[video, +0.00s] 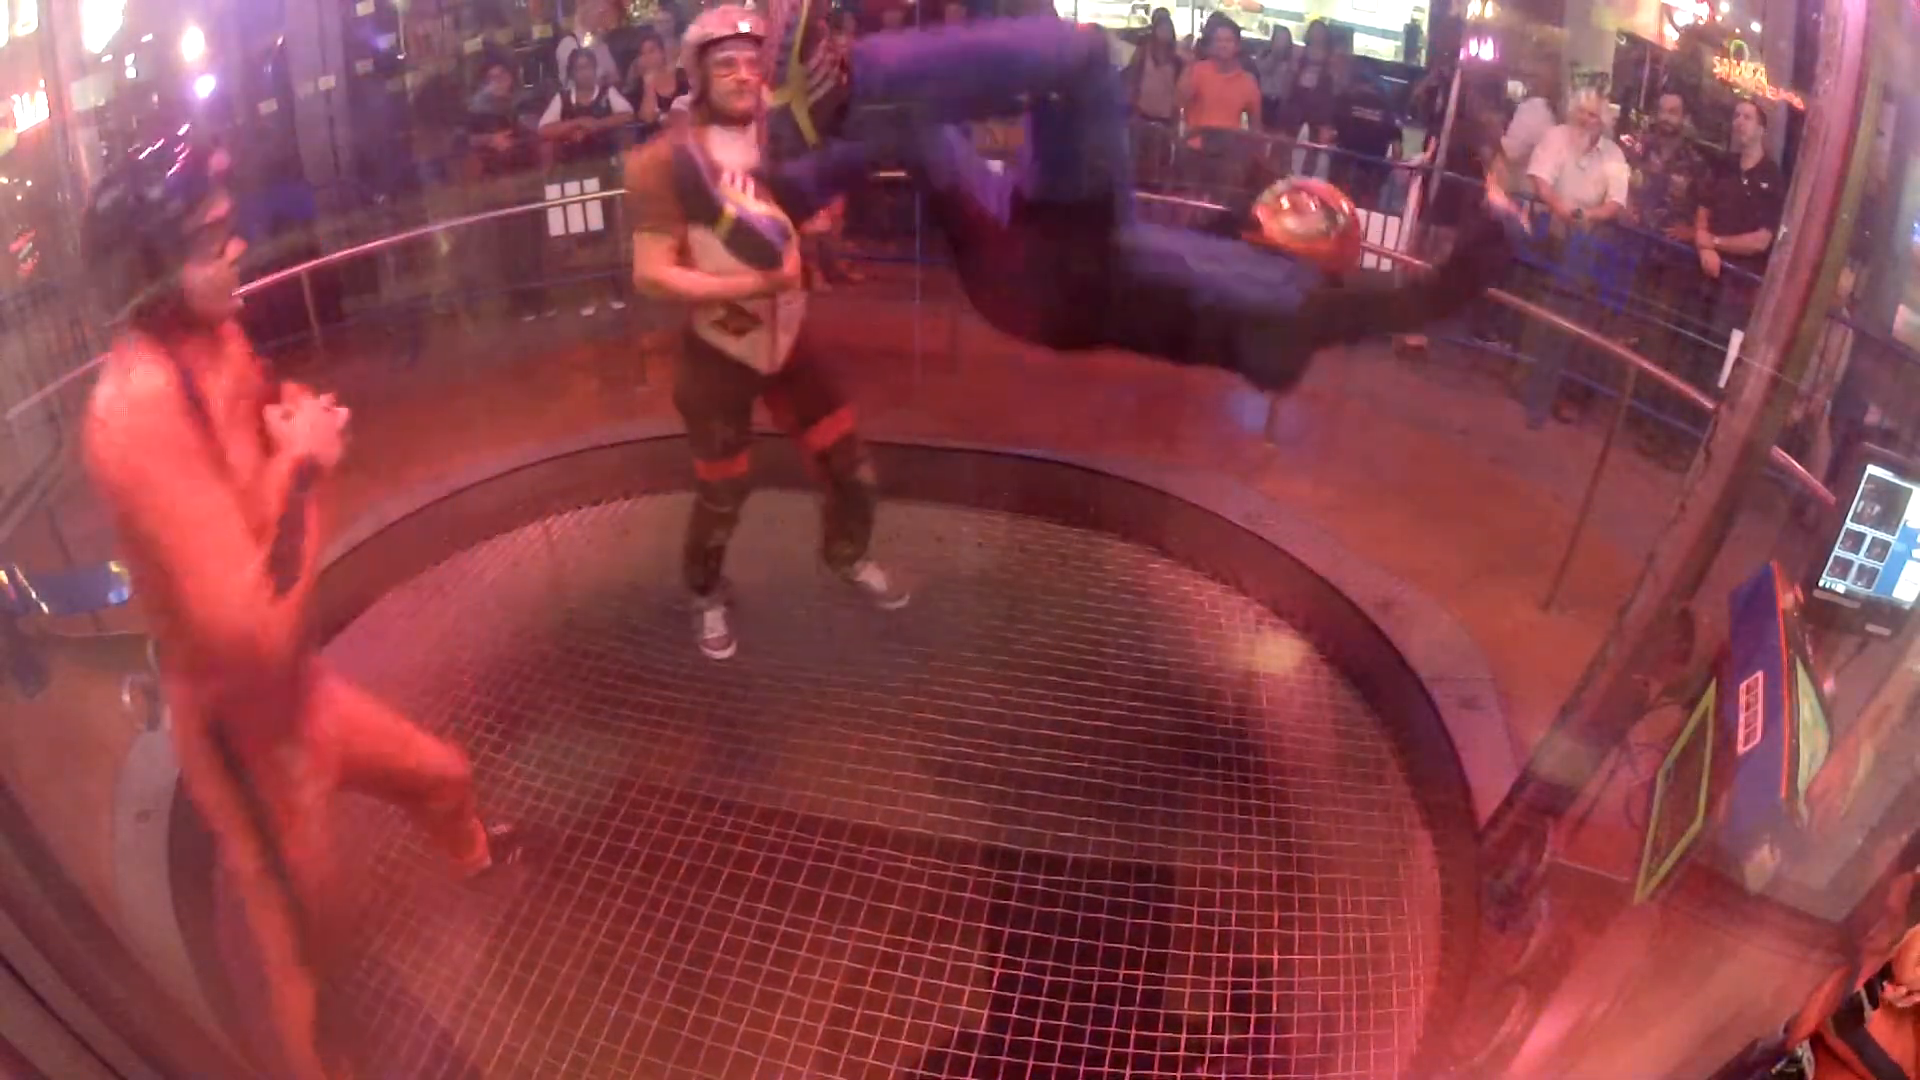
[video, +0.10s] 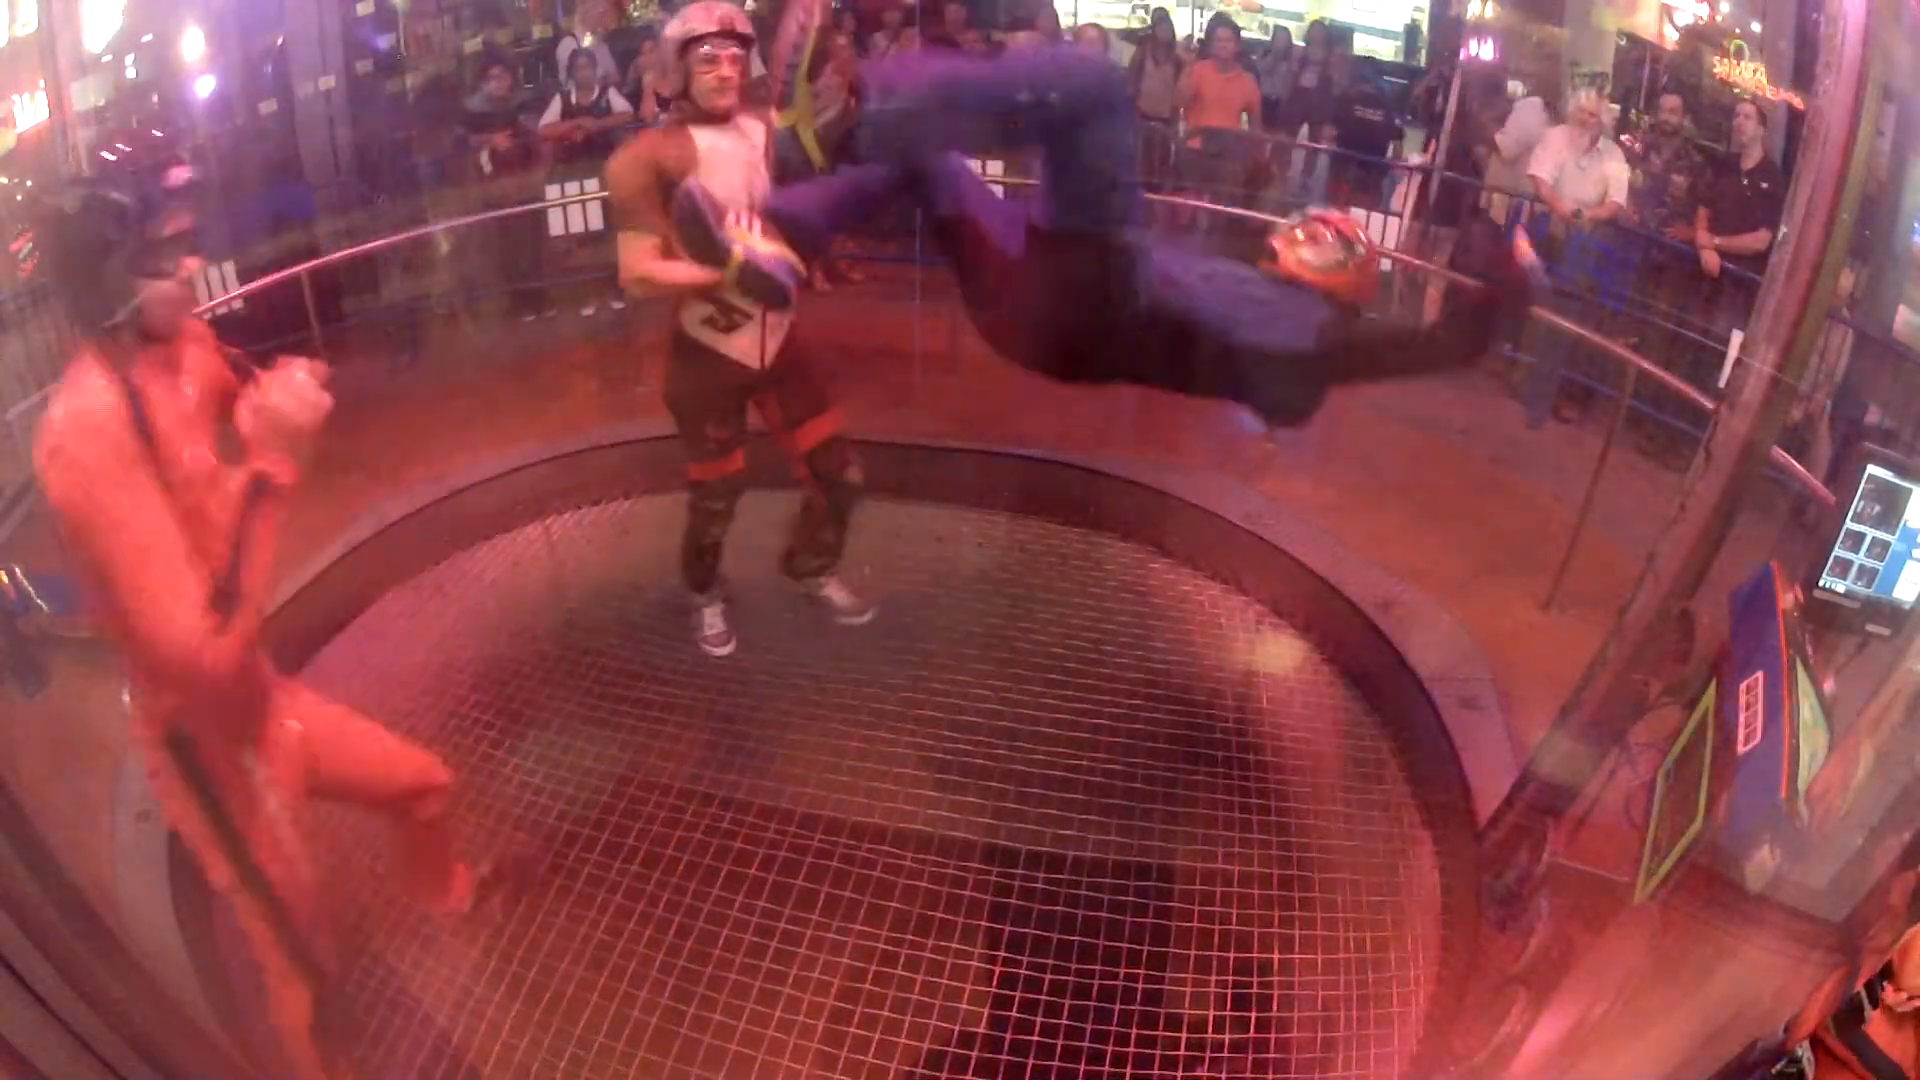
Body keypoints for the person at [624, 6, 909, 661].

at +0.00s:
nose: (743, 76)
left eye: (753, 65)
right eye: (727, 66)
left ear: (766, 75)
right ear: (699, 77)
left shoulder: (782, 143)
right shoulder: (662, 164)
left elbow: (803, 241)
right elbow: (652, 273)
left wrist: (823, 233)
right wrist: (754, 281)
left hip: (790, 340)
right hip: (714, 352)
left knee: (850, 471)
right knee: (723, 489)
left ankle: (847, 561)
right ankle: (708, 598)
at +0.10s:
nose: (722, 71)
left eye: (733, 58)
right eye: (705, 60)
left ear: (749, 68)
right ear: (677, 75)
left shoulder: (767, 138)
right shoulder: (647, 158)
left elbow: (792, 223)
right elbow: (636, 271)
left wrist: (798, 256)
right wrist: (724, 273)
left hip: (778, 340)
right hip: (706, 352)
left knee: (839, 475)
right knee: (718, 487)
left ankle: (812, 571)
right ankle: (706, 596)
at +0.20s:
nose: (709, 68)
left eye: (720, 56)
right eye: (692, 57)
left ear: (734, 65)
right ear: (664, 70)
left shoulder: (756, 136)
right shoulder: (637, 153)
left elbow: (777, 233)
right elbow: (625, 267)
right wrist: (710, 272)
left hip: (777, 341)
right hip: (702, 351)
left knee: (827, 480)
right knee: (712, 488)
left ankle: (776, 589)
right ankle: (708, 598)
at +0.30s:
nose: (700, 71)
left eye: (709, 58)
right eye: (683, 60)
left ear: (724, 66)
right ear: (655, 73)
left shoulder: (743, 129)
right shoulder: (626, 156)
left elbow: (773, 206)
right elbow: (619, 275)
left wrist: (784, 207)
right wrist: (704, 256)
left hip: (773, 342)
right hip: (701, 355)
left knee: (808, 486)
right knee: (724, 492)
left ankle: (768, 600)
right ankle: (709, 598)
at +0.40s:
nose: (695, 85)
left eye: (703, 71)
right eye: (677, 73)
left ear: (716, 77)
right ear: (646, 85)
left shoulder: (734, 138)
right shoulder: (620, 166)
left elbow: (776, 203)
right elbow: (606, 286)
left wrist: (777, 221)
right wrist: (688, 272)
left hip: (773, 355)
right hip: (702, 370)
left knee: (801, 494)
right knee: (747, 523)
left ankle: (773, 606)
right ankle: (713, 597)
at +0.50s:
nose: (694, 96)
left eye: (701, 82)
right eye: (676, 86)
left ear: (712, 86)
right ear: (641, 98)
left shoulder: (734, 151)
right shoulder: (611, 186)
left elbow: (778, 224)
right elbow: (594, 315)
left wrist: (771, 243)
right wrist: (682, 325)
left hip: (773, 382)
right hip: (704, 401)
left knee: (803, 505)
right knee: (766, 572)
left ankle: (774, 614)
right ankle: (707, 604)